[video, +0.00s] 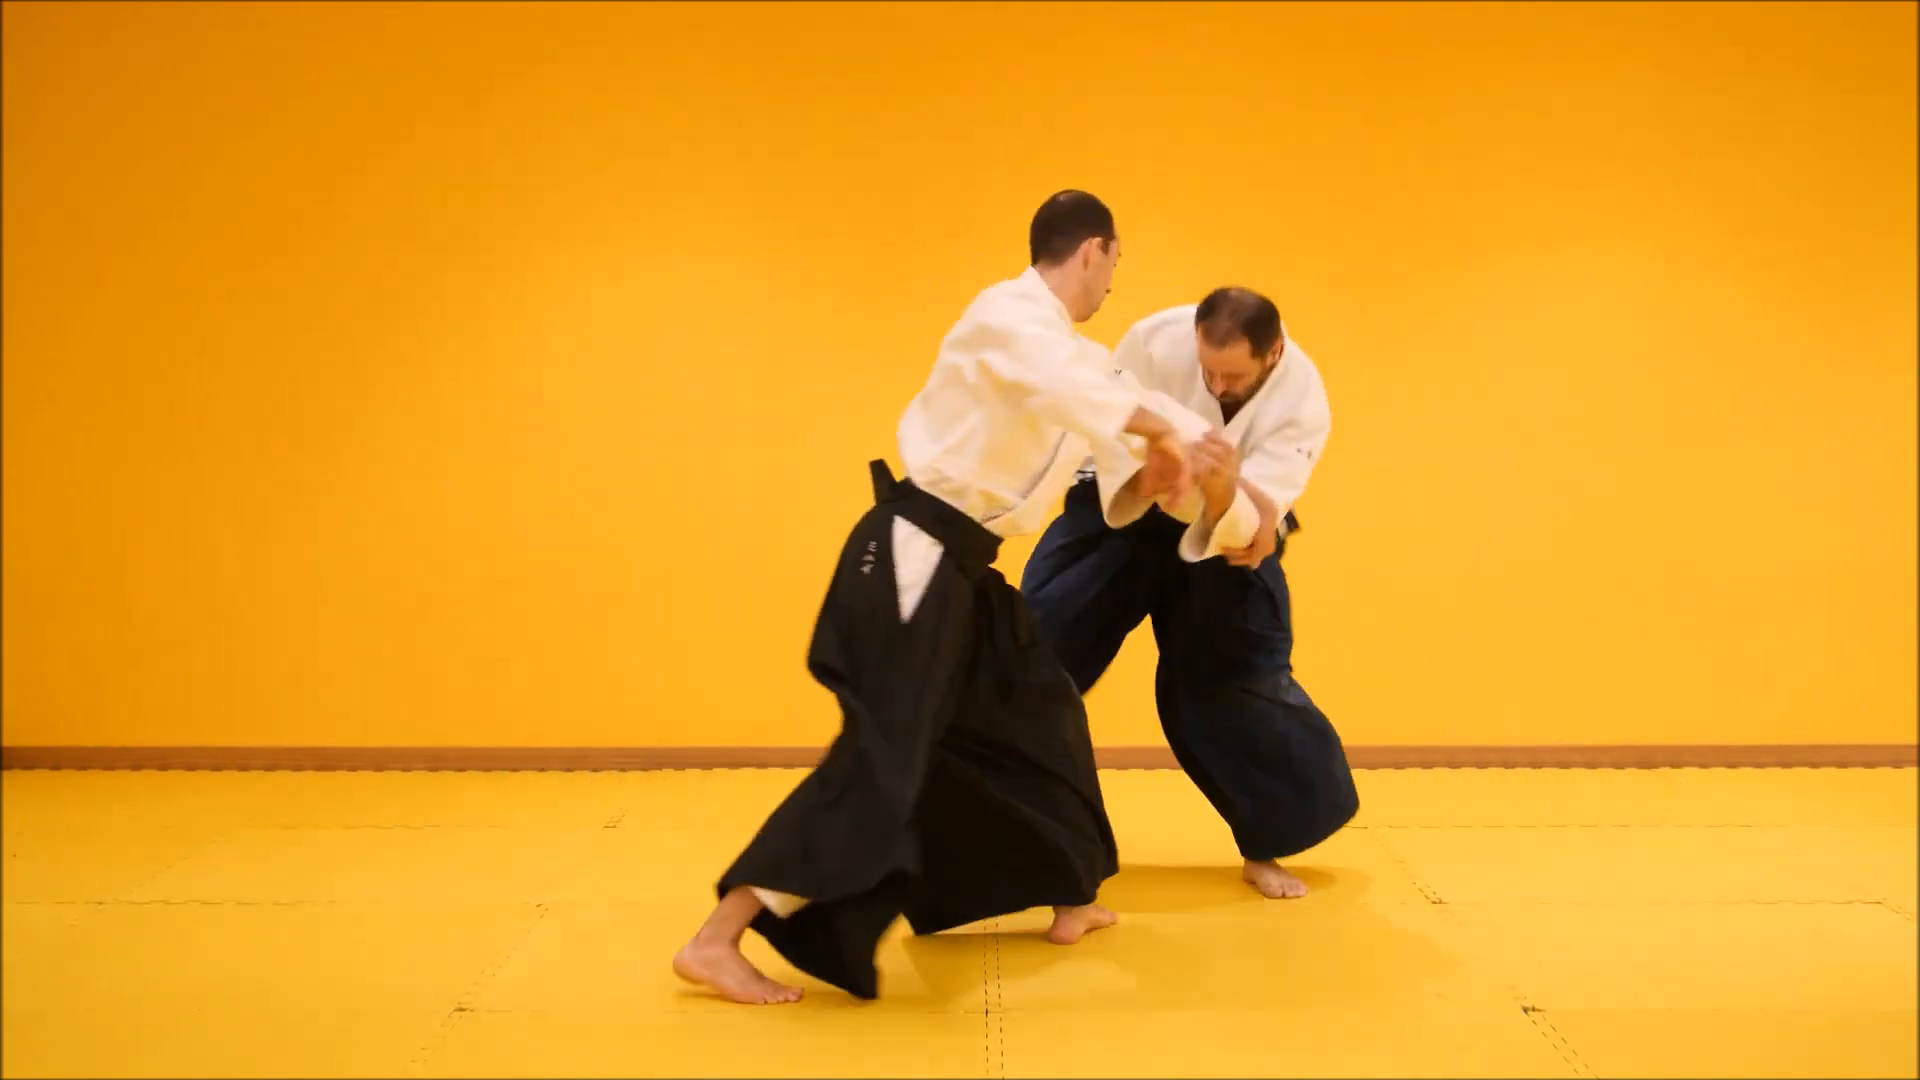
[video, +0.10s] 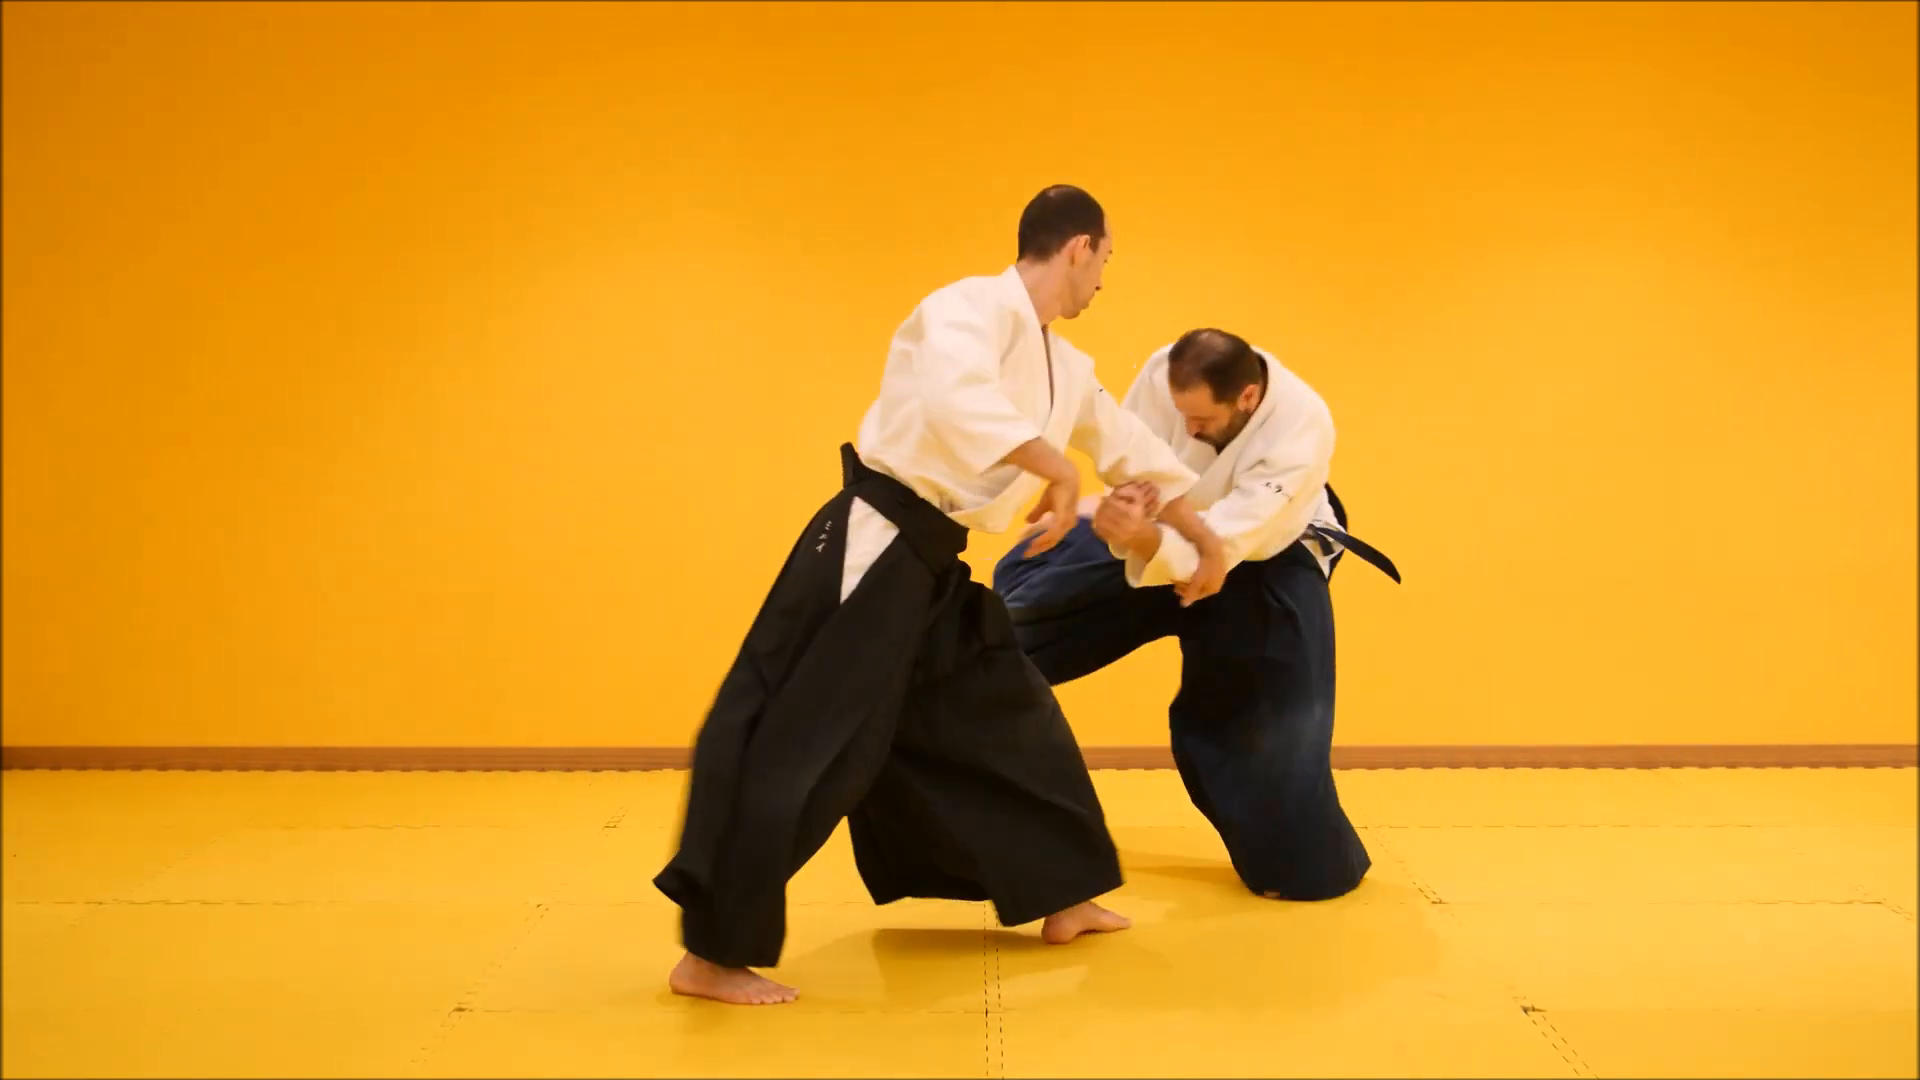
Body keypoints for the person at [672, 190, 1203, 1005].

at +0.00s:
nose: (1110, 286)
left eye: (1113, 270)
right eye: (1112, 267)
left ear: (1055, 248)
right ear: (1092, 253)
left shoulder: (1062, 339)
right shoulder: (1011, 312)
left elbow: (1116, 413)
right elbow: (1074, 383)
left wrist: (1158, 462)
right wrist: (1170, 427)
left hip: (965, 566)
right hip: (917, 550)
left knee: (1047, 710)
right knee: (882, 759)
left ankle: (1072, 903)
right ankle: (713, 941)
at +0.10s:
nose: (1104, 280)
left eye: (1105, 263)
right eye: (1104, 260)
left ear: (1055, 247)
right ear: (1077, 250)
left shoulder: (1063, 369)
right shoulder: (968, 309)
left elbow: (1134, 449)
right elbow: (956, 399)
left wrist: (1201, 531)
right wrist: (1057, 468)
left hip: (935, 564)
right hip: (872, 541)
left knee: (1017, 712)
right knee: (797, 734)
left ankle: (1064, 900)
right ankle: (711, 954)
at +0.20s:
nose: (1102, 271)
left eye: (1102, 255)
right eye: (1100, 254)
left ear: (1043, 245)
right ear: (1072, 249)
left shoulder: (1053, 371)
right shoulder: (964, 315)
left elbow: (1100, 467)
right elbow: (955, 425)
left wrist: (1154, 560)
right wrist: (1061, 504)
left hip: (929, 563)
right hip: (873, 545)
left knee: (1011, 710)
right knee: (814, 745)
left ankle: (1069, 893)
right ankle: (707, 953)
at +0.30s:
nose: (1104, 281)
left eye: (1104, 265)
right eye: (1106, 263)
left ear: (1040, 251)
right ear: (1086, 254)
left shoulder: (1029, 347)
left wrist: (1118, 570)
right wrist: (1147, 468)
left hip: (945, 567)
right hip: (901, 557)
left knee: (1020, 720)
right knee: (834, 753)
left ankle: (1075, 899)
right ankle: (710, 953)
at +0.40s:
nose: (1122, 280)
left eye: (1122, 266)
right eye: (1124, 264)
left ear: (1051, 259)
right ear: (1110, 258)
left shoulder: (1042, 326)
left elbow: (1035, 468)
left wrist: (1102, 555)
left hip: (984, 561)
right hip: (964, 557)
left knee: (1061, 713)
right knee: (887, 746)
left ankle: (1082, 907)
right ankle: (718, 928)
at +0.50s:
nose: (1146, 267)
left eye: (1140, 256)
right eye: (1146, 255)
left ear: (1068, 258)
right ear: (1139, 255)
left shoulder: (1031, 332)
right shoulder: (1148, 320)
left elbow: (1023, 438)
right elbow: (1259, 358)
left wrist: (1098, 529)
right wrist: (1219, 335)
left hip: (982, 532)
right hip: (1038, 548)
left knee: (1085, 706)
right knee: (1027, 739)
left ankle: (1083, 906)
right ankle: (845, 871)